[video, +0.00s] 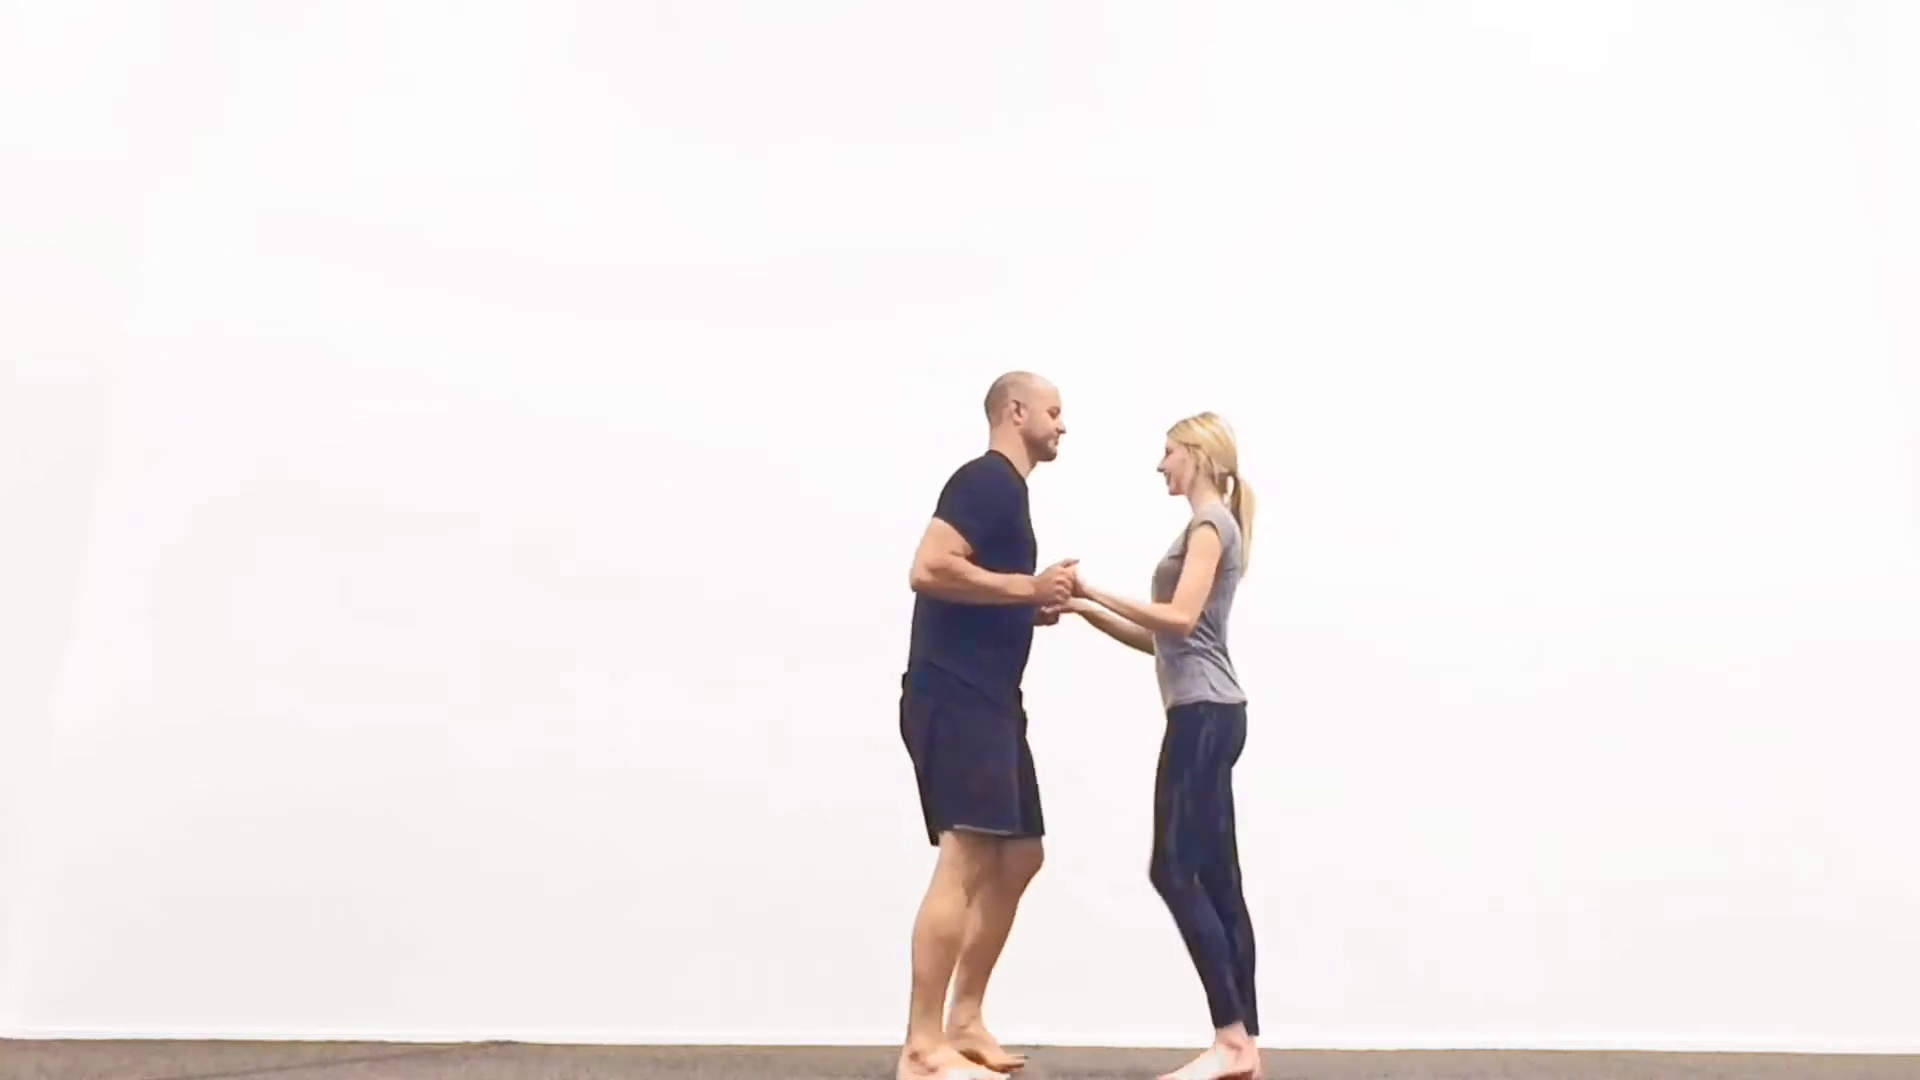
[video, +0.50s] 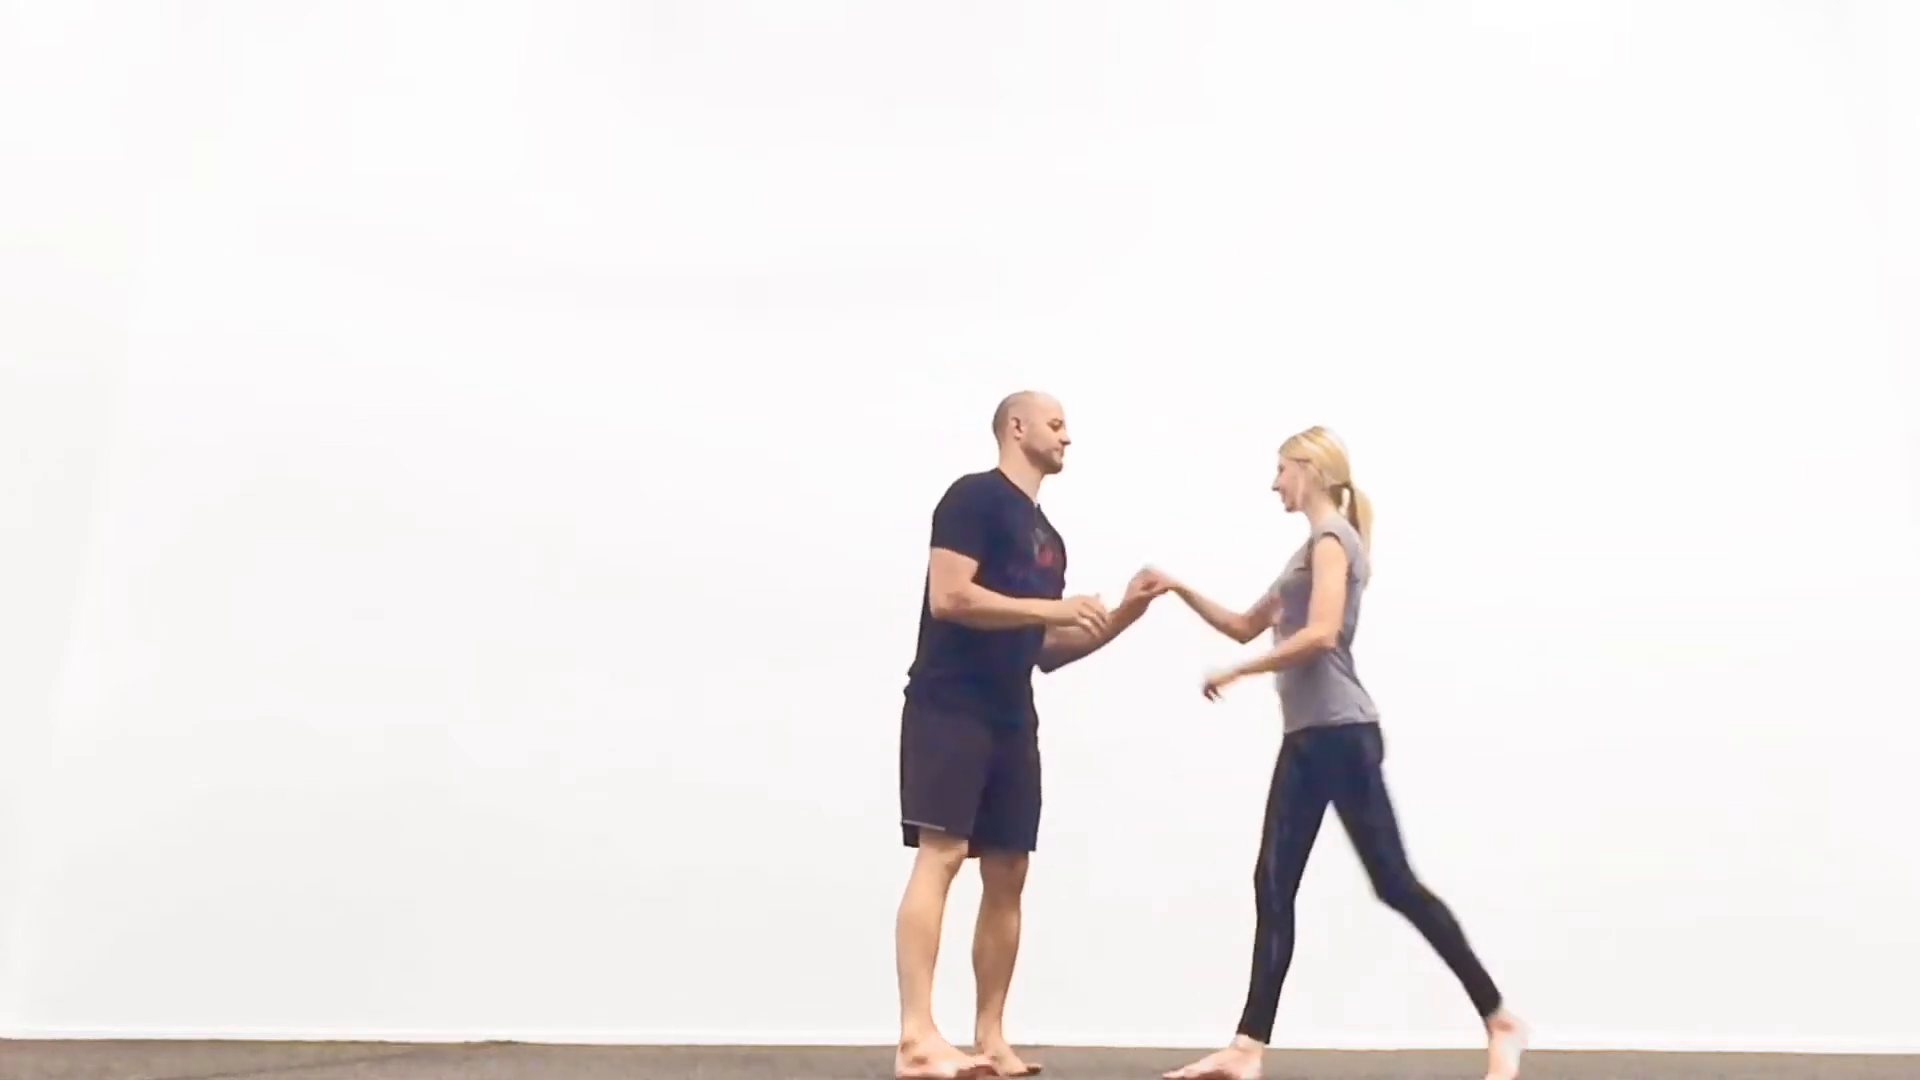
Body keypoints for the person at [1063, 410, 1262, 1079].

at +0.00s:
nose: (1160, 463)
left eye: (1168, 451)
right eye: (1163, 452)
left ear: (1196, 455)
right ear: (1205, 459)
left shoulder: (1209, 522)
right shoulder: (1210, 530)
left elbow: (1183, 617)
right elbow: (1161, 641)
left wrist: (1095, 593)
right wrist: (1086, 607)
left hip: (1203, 710)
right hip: (1209, 709)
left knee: (1172, 869)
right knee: (1218, 874)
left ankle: (1232, 1039)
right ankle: (1243, 1039)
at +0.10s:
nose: (1169, 469)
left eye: (1178, 456)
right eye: (1173, 457)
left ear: (1209, 460)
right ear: (1217, 464)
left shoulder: (1221, 525)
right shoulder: (1224, 534)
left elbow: (1197, 620)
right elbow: (1176, 649)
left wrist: (1106, 603)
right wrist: (1090, 620)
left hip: (1221, 719)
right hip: (1232, 719)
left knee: (1143, 860)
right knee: (1235, 885)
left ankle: (1231, 1007)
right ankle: (1248, 1051)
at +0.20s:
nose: (1188, 473)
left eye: (1195, 461)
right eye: (1191, 462)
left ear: (1223, 465)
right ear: (1227, 468)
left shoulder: (1243, 531)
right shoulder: (1237, 542)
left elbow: (1224, 624)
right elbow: (1191, 655)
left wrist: (1131, 620)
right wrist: (1109, 633)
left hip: (1246, 726)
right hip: (1245, 725)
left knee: (1153, 859)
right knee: (1245, 890)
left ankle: (1277, 966)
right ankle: (1243, 1049)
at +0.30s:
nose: (1214, 476)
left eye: (1222, 465)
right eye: (1216, 465)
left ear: (1250, 470)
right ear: (1258, 473)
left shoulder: (1266, 535)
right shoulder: (1263, 545)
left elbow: (1246, 627)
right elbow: (1207, 656)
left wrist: (1155, 629)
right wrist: (1141, 630)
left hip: (1267, 729)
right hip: (1263, 729)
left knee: (1215, 884)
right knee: (1254, 890)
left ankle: (1358, 961)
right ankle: (1246, 1049)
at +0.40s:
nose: (1244, 478)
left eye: (1252, 466)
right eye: (1246, 466)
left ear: (1280, 470)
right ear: (1283, 471)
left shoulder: (1299, 536)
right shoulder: (1286, 544)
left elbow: (1275, 629)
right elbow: (1223, 639)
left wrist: (1192, 639)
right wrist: (1156, 606)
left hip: (1296, 732)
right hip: (1275, 733)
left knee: (1309, 894)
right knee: (1262, 889)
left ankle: (1442, 996)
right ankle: (1247, 1048)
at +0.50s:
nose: (1275, 480)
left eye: (1281, 468)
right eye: (1277, 469)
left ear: (1309, 471)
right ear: (1312, 473)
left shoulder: (1331, 538)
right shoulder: (1311, 550)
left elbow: (1321, 632)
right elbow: (1244, 626)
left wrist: (1240, 669)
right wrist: (1176, 587)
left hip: (1341, 730)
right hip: (1306, 735)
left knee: (1395, 884)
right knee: (1273, 883)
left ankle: (1499, 1021)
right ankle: (1247, 1047)